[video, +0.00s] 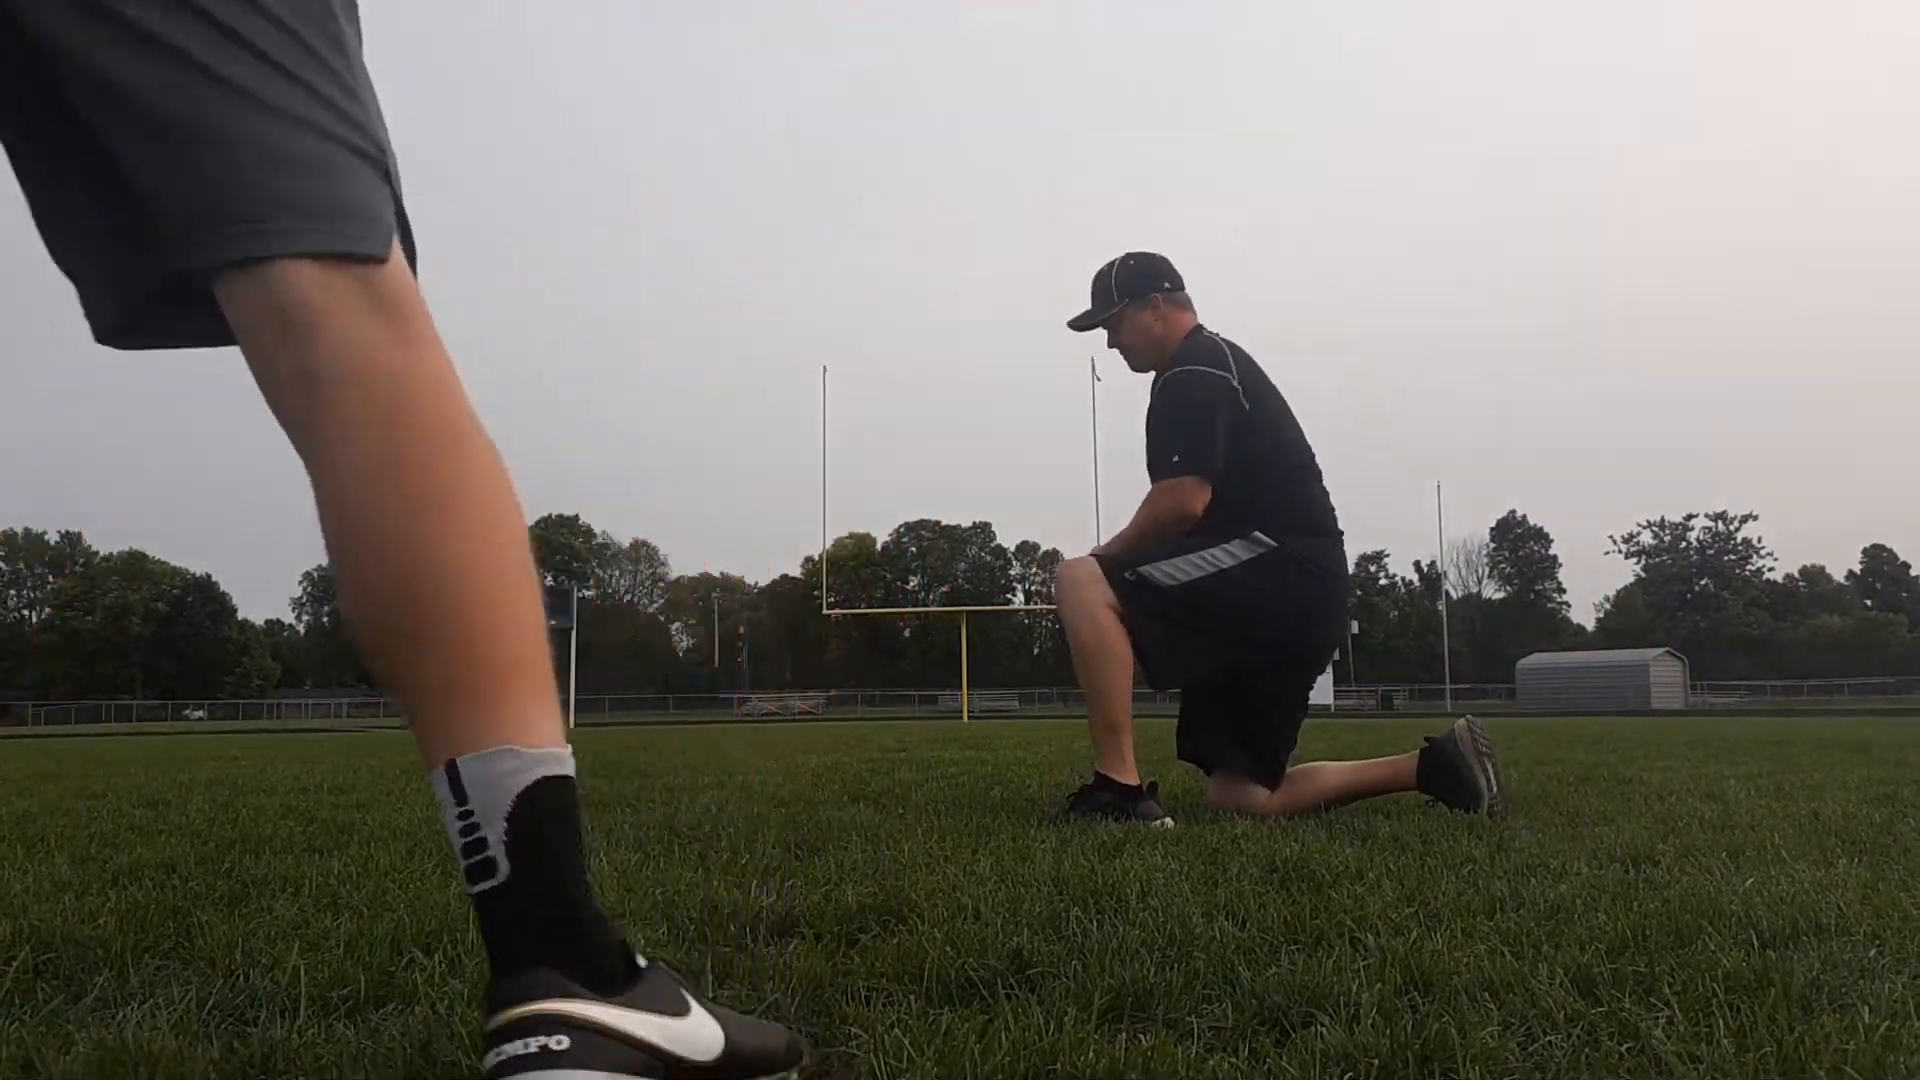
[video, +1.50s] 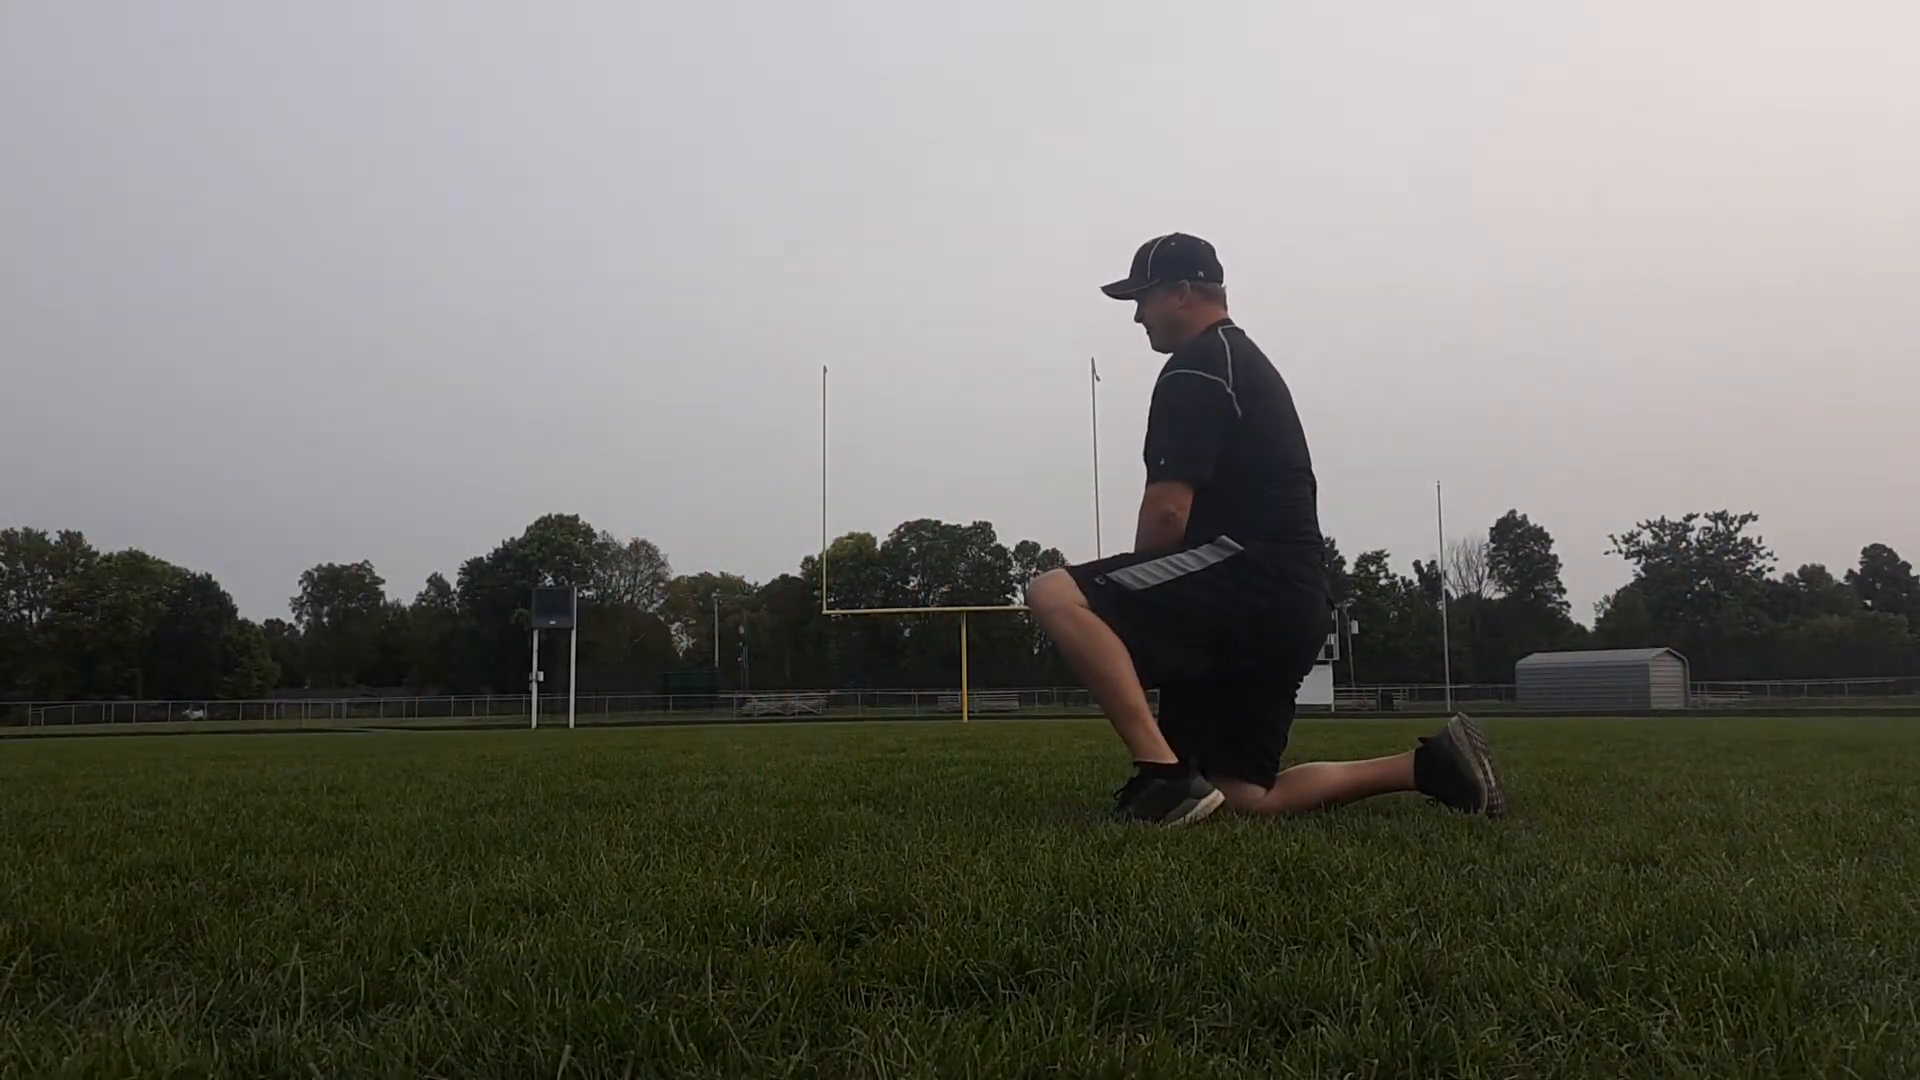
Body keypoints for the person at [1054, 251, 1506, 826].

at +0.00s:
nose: (1111, 343)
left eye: (1114, 325)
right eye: (1106, 330)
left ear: (1157, 307)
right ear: (1163, 308)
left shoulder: (1193, 370)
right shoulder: (1219, 364)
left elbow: (1182, 500)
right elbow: (1212, 509)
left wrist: (1104, 559)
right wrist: (1126, 566)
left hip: (1275, 566)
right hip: (1311, 589)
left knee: (1083, 582)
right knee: (1235, 796)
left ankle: (1120, 786)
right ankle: (1430, 767)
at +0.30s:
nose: (1128, 325)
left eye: (1135, 309)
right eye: (1127, 314)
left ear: (1179, 301)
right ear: (1187, 303)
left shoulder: (1200, 366)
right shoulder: (1232, 363)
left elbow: (1183, 500)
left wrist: (1140, 581)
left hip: (1270, 563)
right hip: (1305, 592)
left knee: (1081, 576)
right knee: (1235, 795)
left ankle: (1146, 776)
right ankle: (1427, 766)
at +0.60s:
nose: (1132, 319)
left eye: (1138, 303)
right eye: (1131, 307)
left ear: (1178, 298)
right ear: (1192, 299)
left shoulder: (1197, 365)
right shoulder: (1236, 363)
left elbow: (1176, 504)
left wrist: (1146, 601)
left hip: (1263, 567)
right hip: (1302, 586)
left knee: (1071, 588)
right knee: (1237, 794)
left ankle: (1166, 777)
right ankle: (1425, 768)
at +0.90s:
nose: (1140, 312)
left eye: (1147, 297)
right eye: (1140, 299)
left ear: (1188, 295)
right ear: (1201, 297)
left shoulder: (1200, 363)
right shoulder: (1248, 362)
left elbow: (1174, 504)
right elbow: (1247, 506)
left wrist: (1143, 600)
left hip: (1254, 571)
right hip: (1298, 592)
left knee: (1062, 591)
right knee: (1234, 794)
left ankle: (1164, 776)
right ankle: (1425, 769)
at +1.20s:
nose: (1139, 310)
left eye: (1147, 294)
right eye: (1139, 297)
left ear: (1187, 293)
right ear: (1200, 295)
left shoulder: (1199, 363)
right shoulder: (1248, 361)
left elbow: (1170, 507)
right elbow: (1246, 507)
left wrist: (1138, 600)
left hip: (1249, 570)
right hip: (1295, 591)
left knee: (1058, 593)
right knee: (1234, 793)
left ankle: (1163, 774)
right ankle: (1425, 768)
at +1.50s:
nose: (1137, 314)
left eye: (1142, 298)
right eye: (1135, 301)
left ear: (1182, 294)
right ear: (1198, 295)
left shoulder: (1197, 364)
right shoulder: (1246, 362)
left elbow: (1166, 509)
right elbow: (1242, 509)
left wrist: (1137, 604)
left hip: (1248, 572)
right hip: (1294, 593)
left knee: (1056, 593)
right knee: (1234, 794)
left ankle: (1163, 775)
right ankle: (1426, 768)